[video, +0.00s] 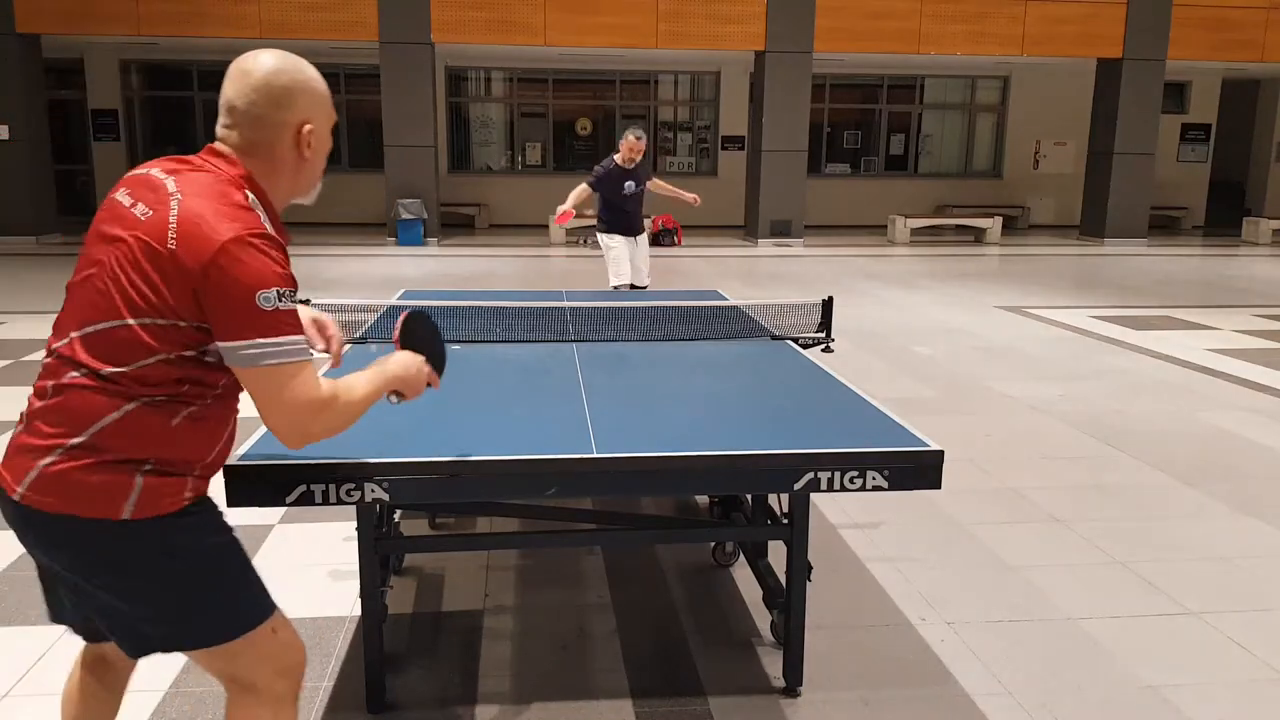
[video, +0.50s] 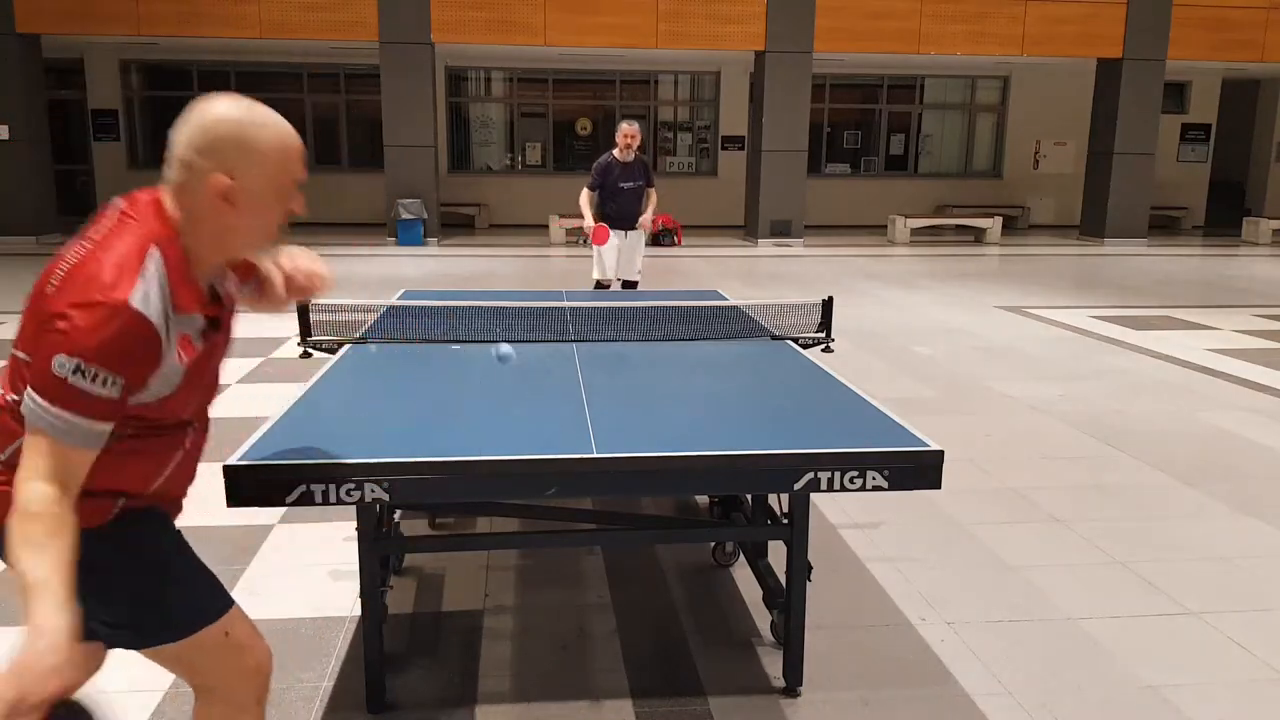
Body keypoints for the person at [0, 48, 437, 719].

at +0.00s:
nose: (328, 151)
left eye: (330, 134)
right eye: (328, 134)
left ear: (230, 122)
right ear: (304, 139)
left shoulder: (148, 180)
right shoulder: (234, 238)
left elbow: (172, 304)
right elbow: (301, 419)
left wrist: (282, 317)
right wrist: (388, 373)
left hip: (43, 478)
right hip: (126, 502)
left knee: (107, 652)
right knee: (270, 667)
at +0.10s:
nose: (352, 183)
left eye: (355, 166)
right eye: (354, 165)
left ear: (254, 144)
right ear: (328, 167)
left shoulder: (181, 191)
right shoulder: (248, 265)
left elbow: (203, 304)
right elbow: (317, 441)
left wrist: (312, 316)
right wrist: (409, 378)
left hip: (39, 481)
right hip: (109, 508)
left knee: (123, 630)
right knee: (264, 674)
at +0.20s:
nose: (364, 229)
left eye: (368, 214)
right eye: (366, 213)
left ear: (267, 180)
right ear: (339, 213)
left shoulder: (205, 224)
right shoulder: (239, 306)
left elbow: (238, 350)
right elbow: (268, 494)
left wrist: (337, 323)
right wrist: (393, 453)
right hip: (96, 521)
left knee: (129, 643)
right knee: (271, 674)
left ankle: (52, 714)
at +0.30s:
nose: (368, 250)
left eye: (372, 237)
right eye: (368, 236)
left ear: (271, 204)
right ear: (333, 241)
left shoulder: (250, 254)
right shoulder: (202, 328)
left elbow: (318, 338)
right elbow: (120, 517)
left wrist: (357, 323)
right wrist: (253, 606)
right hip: (64, 528)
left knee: (118, 665)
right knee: (262, 668)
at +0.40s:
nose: (338, 258)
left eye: (344, 244)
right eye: (338, 243)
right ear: (290, 240)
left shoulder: (235, 258)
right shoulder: (150, 333)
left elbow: (294, 316)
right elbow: (41, 498)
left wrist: (332, 320)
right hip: (89, 525)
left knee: (94, 668)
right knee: (253, 676)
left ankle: (21, 709)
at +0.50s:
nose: (298, 207)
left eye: (298, 191)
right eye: (291, 190)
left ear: (220, 194)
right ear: (224, 194)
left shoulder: (188, 235)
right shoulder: (114, 300)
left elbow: (229, 278)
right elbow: (44, 483)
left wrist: (274, 278)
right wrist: (50, 636)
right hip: (88, 511)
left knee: (72, 656)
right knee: (238, 668)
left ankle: (18, 708)